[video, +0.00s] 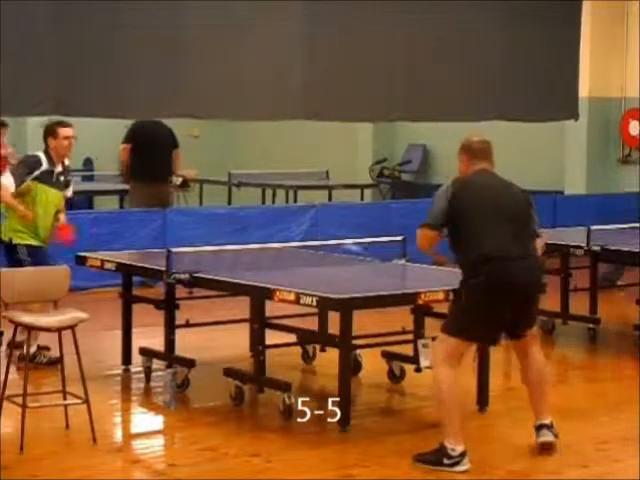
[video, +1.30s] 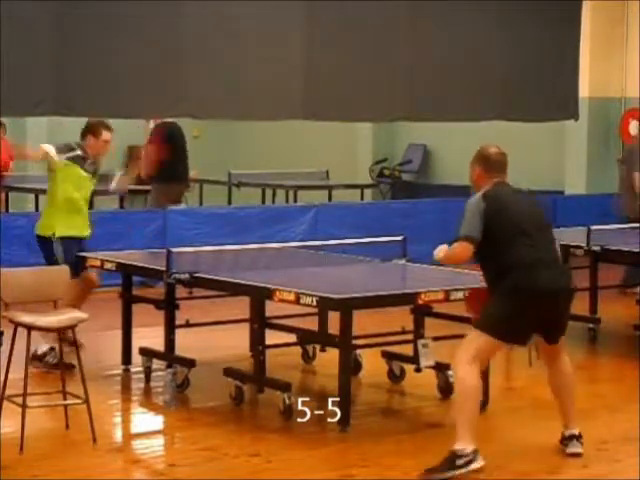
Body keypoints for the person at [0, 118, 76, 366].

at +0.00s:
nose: (70, 144)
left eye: (72, 139)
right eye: (66, 139)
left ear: (70, 142)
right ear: (51, 141)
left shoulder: (65, 172)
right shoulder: (32, 163)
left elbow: (60, 206)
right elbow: (5, 190)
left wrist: (61, 220)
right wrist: (22, 210)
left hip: (40, 237)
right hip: (19, 235)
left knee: (36, 290)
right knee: (37, 288)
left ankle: (21, 341)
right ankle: (27, 345)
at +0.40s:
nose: (86, 143)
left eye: (87, 138)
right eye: (81, 138)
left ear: (85, 141)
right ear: (67, 140)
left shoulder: (78, 167)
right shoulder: (51, 163)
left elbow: (74, 197)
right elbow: (23, 194)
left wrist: (83, 212)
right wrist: (47, 215)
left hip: (60, 237)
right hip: (37, 237)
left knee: (65, 284)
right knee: (52, 286)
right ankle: (35, 342)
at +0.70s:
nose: (101, 157)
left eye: (103, 152)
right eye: (97, 152)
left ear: (98, 156)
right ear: (82, 154)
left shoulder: (87, 182)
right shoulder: (67, 174)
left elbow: (88, 215)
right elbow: (50, 210)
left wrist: (96, 226)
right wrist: (84, 227)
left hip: (64, 244)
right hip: (43, 243)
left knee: (87, 284)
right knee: (64, 286)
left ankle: (68, 329)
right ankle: (40, 342)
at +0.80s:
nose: (102, 154)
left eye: (104, 149)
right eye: (98, 149)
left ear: (88, 151)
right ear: (84, 149)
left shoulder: (76, 169)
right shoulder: (77, 168)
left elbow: (75, 207)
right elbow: (75, 203)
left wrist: (92, 226)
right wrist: (104, 226)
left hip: (56, 237)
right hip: (42, 238)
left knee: (73, 281)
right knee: (60, 288)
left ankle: (67, 328)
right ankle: (40, 347)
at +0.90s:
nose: (102, 160)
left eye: (103, 155)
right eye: (98, 154)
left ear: (80, 155)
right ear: (83, 153)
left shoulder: (62, 170)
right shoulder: (81, 171)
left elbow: (52, 211)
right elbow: (94, 205)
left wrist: (78, 229)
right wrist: (128, 227)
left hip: (36, 239)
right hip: (49, 244)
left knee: (63, 290)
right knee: (74, 292)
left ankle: (54, 338)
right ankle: (48, 346)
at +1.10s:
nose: (106, 177)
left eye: (107, 172)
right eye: (103, 171)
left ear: (83, 171)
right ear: (88, 169)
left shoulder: (60, 185)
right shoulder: (90, 185)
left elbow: (31, 217)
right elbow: (107, 193)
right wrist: (129, 202)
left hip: (28, 250)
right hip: (52, 255)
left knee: (59, 300)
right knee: (80, 303)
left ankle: (42, 347)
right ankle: (48, 350)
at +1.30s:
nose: (107, 147)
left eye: (109, 142)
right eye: (104, 142)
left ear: (100, 142)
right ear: (89, 139)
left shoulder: (91, 166)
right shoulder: (69, 154)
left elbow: (110, 186)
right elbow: (49, 153)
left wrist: (132, 173)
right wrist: (44, 153)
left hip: (75, 233)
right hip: (55, 232)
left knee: (83, 281)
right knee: (64, 285)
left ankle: (65, 328)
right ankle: (50, 344)